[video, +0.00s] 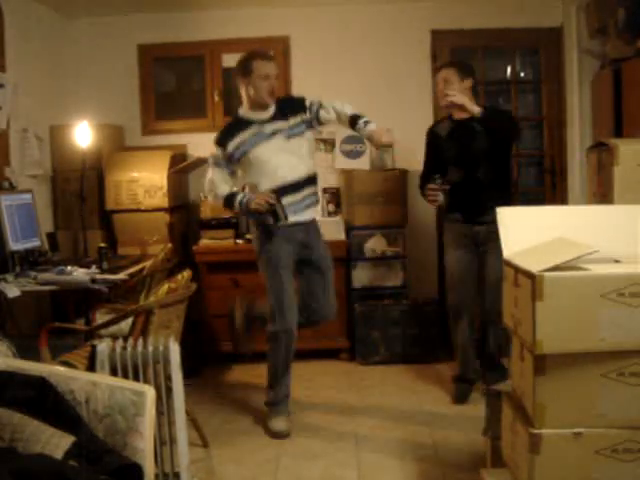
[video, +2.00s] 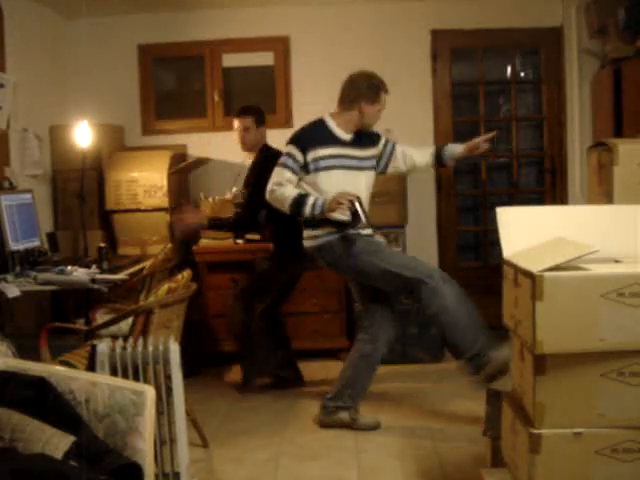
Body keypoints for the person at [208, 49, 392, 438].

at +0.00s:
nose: (272, 86)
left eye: (274, 79)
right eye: (264, 79)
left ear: (277, 80)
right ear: (243, 83)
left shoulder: (296, 109)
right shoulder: (231, 137)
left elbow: (335, 113)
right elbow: (217, 187)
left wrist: (368, 130)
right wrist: (245, 199)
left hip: (308, 226)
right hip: (274, 233)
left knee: (320, 310)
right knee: (285, 321)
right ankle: (278, 405)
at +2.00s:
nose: (380, 113)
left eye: (381, 106)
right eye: (378, 105)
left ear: (361, 105)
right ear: (360, 103)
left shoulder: (373, 143)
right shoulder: (308, 138)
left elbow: (411, 157)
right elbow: (276, 188)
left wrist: (461, 150)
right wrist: (321, 205)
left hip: (362, 237)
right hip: (329, 241)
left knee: (379, 321)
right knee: (428, 278)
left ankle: (339, 406)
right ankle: (480, 356)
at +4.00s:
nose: (406, 82)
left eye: (414, 74)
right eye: (398, 74)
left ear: (425, 72)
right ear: (385, 69)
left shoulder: (449, 108)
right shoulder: (365, 117)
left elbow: (492, 137)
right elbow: (346, 172)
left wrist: (523, 173)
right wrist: (389, 187)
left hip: (439, 224)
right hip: (395, 212)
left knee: (425, 326)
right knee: (391, 223)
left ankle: (401, 416)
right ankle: (399, 339)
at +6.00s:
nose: (506, 108)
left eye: (508, 103)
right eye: (505, 101)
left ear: (486, 94)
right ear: (489, 92)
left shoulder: (470, 115)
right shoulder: (459, 112)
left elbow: (513, 116)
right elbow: (457, 147)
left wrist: (553, 98)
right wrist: (503, 155)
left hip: (455, 217)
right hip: (468, 212)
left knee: (474, 304)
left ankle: (477, 394)